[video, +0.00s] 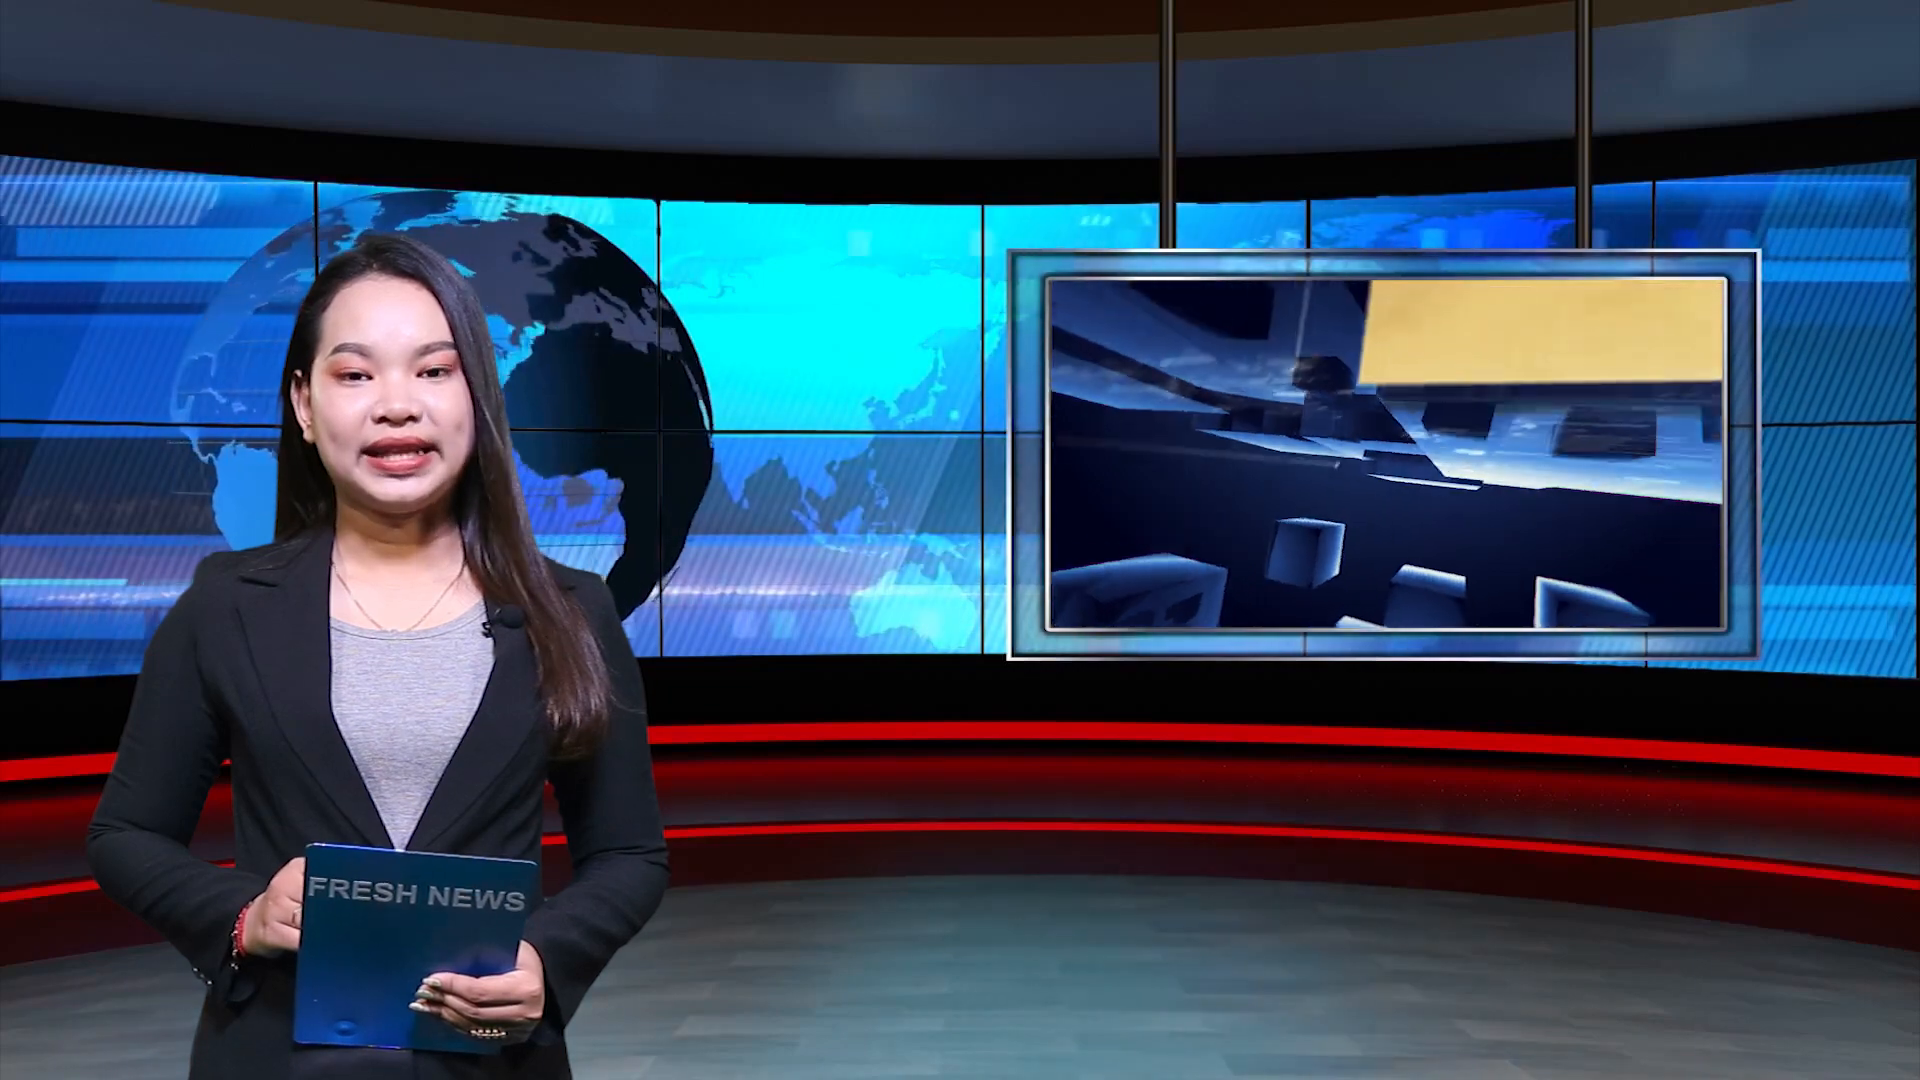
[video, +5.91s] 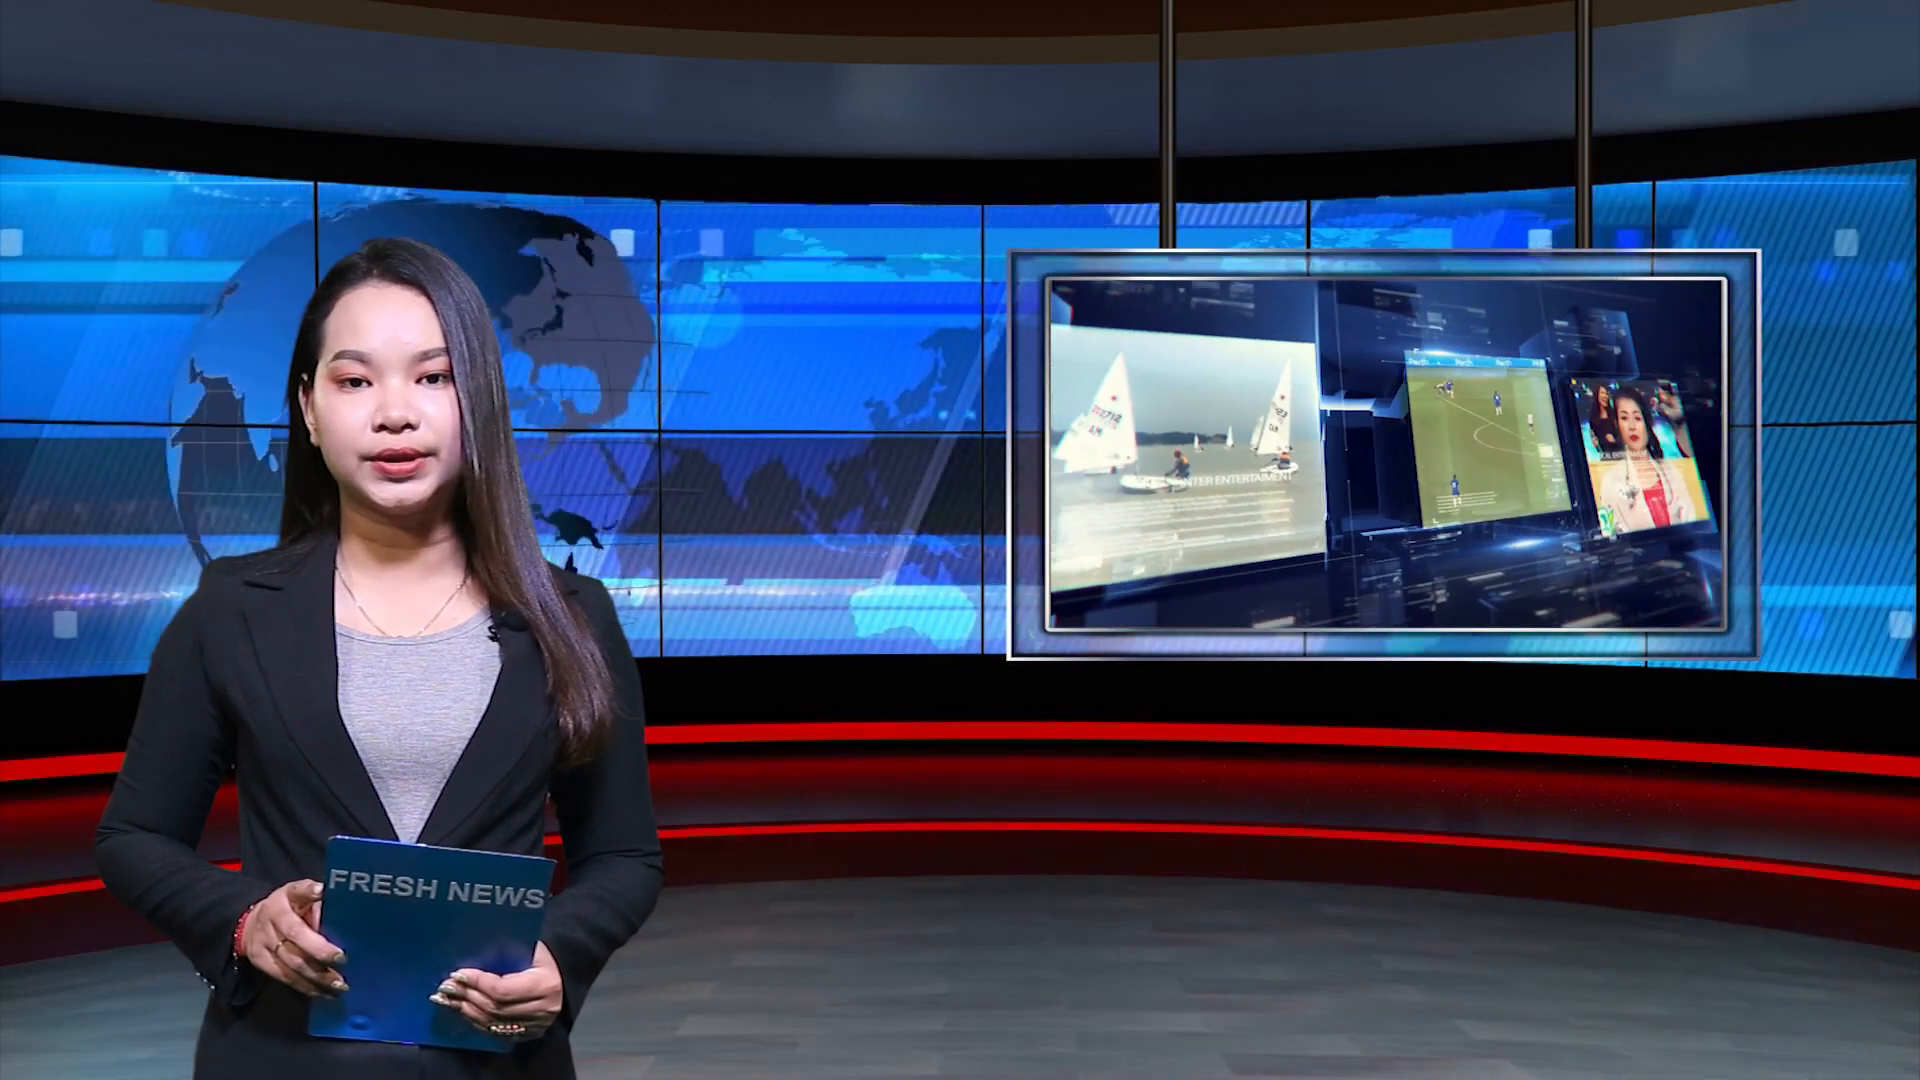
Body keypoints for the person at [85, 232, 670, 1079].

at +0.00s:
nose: (397, 404)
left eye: (431, 369)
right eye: (354, 373)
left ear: (476, 396)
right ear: (304, 405)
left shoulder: (568, 613)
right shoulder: (227, 608)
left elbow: (629, 856)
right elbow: (126, 836)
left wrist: (544, 964)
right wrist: (241, 911)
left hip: (493, 1050)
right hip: (276, 1053)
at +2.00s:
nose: (393, 410)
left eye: (427, 374)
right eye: (351, 377)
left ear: (470, 400)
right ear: (301, 408)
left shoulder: (564, 615)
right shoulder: (226, 612)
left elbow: (620, 855)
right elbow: (129, 835)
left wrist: (543, 960)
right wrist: (229, 916)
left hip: (491, 1051)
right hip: (276, 1054)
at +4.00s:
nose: (401, 422)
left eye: (435, 382)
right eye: (359, 384)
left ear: (472, 407)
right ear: (305, 410)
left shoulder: (560, 617)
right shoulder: (228, 614)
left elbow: (618, 857)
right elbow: (129, 839)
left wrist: (547, 958)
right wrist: (232, 914)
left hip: (492, 1051)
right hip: (278, 1053)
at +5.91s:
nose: (395, 412)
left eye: (431, 375)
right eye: (354, 378)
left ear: (477, 399)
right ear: (309, 410)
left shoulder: (567, 617)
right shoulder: (234, 612)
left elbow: (623, 856)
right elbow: (133, 838)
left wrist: (556, 959)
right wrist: (240, 915)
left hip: (498, 1051)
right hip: (282, 1053)